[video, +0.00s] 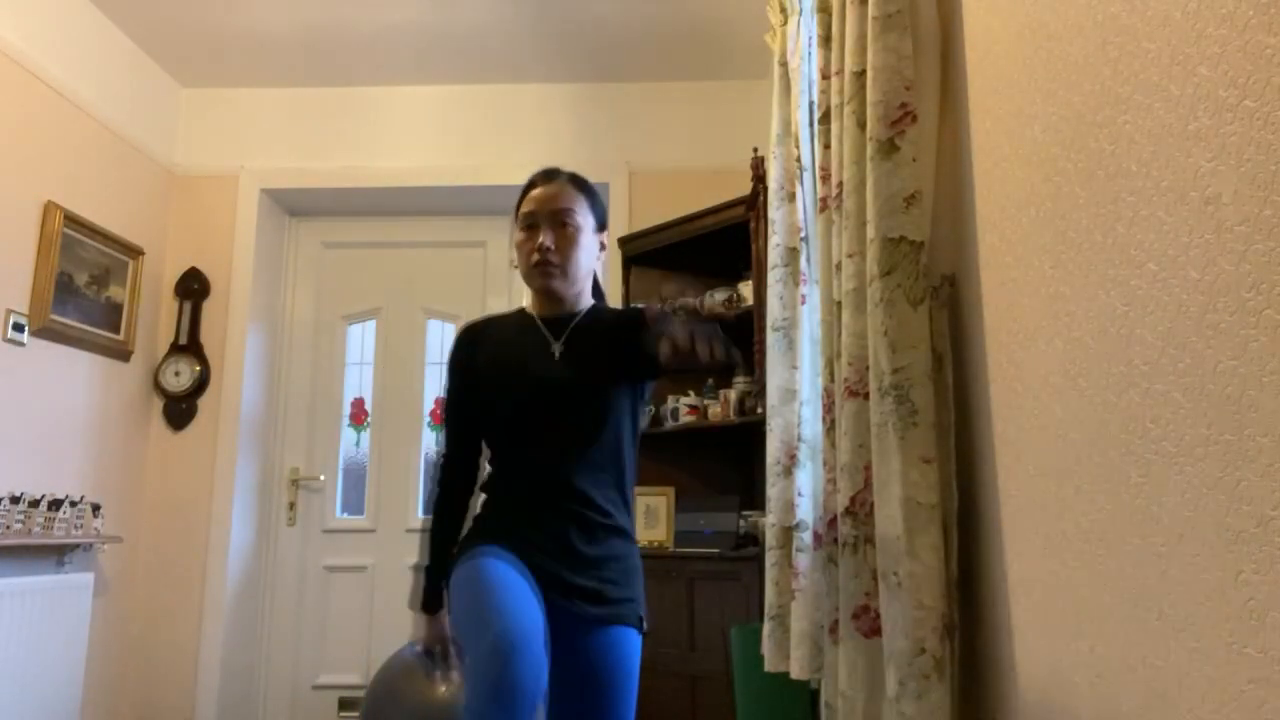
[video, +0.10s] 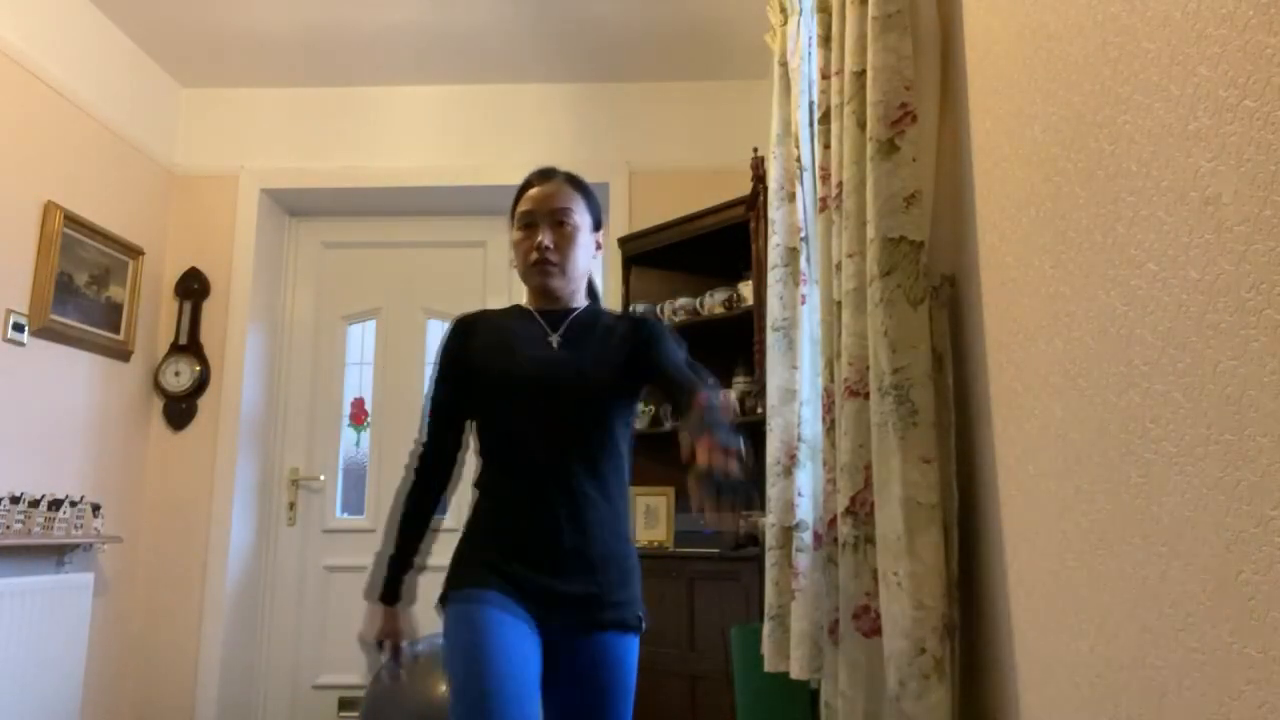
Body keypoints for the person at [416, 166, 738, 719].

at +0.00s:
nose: (542, 240)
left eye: (562, 223)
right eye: (528, 226)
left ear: (600, 245)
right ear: (514, 245)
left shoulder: (626, 331)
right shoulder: (482, 342)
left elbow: (655, 338)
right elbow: (457, 475)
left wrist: (683, 334)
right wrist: (433, 600)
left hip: (603, 559)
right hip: (502, 549)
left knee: (608, 708)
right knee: (514, 680)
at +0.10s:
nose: (542, 239)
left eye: (562, 223)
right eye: (528, 225)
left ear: (597, 243)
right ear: (511, 243)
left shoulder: (635, 337)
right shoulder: (476, 336)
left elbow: (693, 389)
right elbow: (434, 467)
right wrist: (391, 591)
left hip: (602, 589)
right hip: (495, 583)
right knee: (502, 710)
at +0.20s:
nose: (535, 243)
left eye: (555, 229)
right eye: (520, 230)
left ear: (589, 248)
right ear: (505, 249)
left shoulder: (624, 348)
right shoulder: (461, 338)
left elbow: (678, 441)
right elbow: (405, 462)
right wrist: (343, 585)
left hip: (591, 610)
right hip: (479, 609)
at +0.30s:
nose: (527, 244)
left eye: (547, 231)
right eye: (512, 230)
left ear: (578, 253)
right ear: (493, 247)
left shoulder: (613, 350)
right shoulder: (449, 337)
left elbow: (651, 479)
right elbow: (379, 457)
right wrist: (305, 568)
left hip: (572, 615)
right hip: (460, 610)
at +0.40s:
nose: (517, 243)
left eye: (538, 230)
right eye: (503, 228)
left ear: (567, 254)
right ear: (484, 246)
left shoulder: (603, 353)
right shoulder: (440, 333)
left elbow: (621, 487)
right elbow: (378, 422)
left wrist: (627, 605)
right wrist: (301, 520)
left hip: (559, 587)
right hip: (451, 587)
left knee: (559, 709)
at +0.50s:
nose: (513, 240)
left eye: (533, 228)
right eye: (498, 226)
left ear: (559, 253)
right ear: (475, 245)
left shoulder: (595, 350)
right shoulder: (437, 324)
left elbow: (594, 477)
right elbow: (386, 380)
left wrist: (586, 562)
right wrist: (334, 440)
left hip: (555, 552)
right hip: (455, 561)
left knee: (543, 633)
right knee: (440, 707)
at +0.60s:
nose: (511, 244)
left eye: (530, 232)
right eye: (494, 230)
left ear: (553, 258)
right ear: (469, 253)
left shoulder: (588, 354)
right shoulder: (439, 331)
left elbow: (586, 482)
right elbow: (403, 359)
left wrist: (555, 582)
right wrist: (407, 329)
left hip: (552, 577)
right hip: (448, 580)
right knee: (438, 709)